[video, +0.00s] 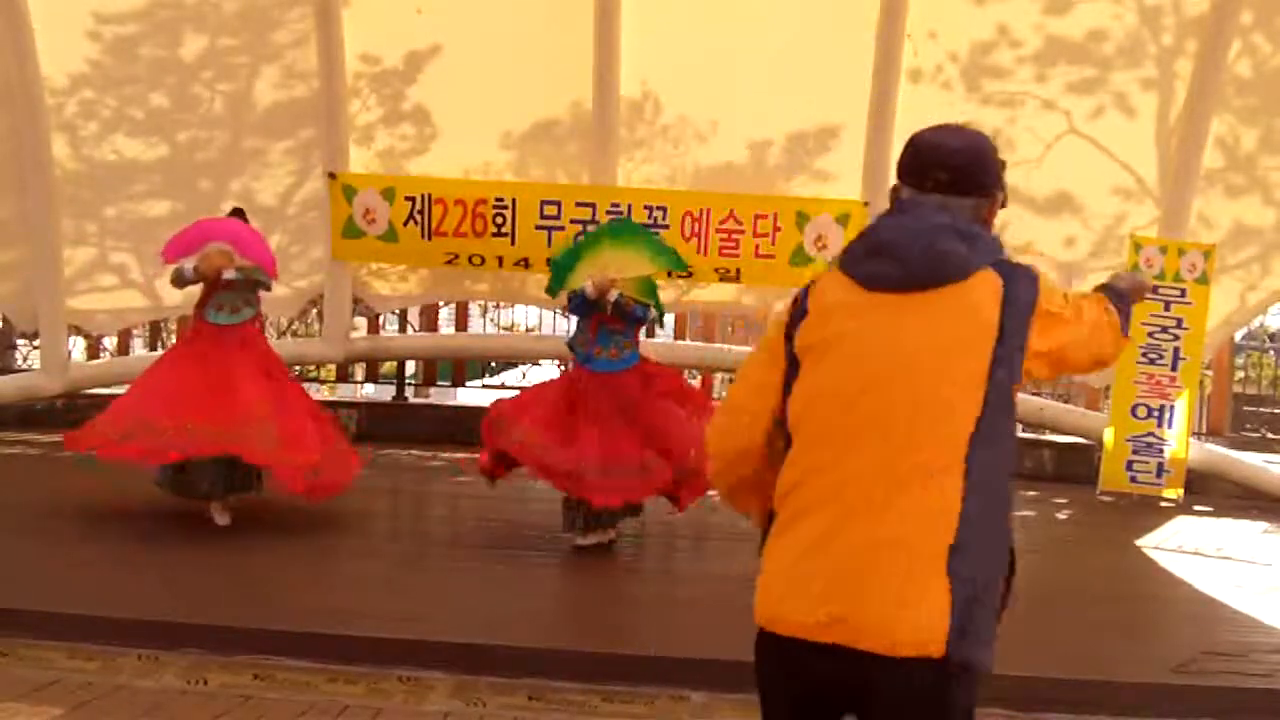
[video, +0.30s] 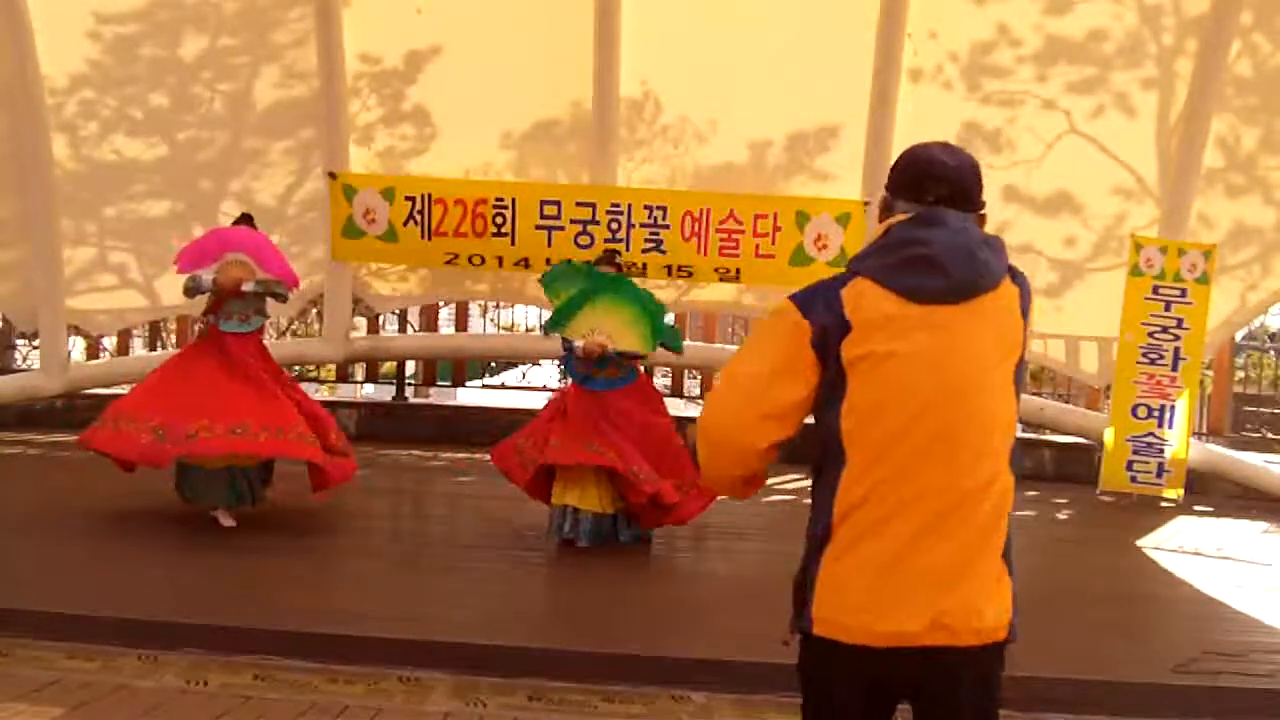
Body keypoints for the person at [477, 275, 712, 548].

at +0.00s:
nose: (611, 272)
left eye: (618, 266)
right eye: (605, 266)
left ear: (631, 264)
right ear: (594, 266)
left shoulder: (639, 285)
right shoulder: (585, 291)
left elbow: (645, 314)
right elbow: (575, 306)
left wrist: (615, 300)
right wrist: (592, 294)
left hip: (623, 371)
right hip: (587, 370)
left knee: (614, 448)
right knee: (585, 447)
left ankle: (608, 524)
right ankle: (588, 524)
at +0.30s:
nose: (607, 282)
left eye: (613, 276)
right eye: (601, 275)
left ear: (623, 277)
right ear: (590, 275)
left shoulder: (633, 310)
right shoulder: (578, 308)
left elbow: (646, 350)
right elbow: (566, 345)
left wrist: (616, 347)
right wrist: (584, 348)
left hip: (626, 388)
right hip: (585, 387)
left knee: (625, 455)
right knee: (582, 454)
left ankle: (627, 529)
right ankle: (578, 529)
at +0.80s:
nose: (590, 294)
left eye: (597, 288)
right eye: (584, 288)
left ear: (610, 289)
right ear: (578, 287)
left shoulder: (625, 318)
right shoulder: (570, 315)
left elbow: (654, 362)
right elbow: (549, 359)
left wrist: (638, 387)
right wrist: (534, 400)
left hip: (615, 399)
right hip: (577, 397)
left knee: (616, 459)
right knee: (575, 458)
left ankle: (618, 524)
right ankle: (573, 524)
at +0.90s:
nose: (586, 289)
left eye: (594, 283)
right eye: (582, 283)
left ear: (609, 284)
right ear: (576, 283)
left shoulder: (624, 318)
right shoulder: (566, 316)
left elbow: (652, 361)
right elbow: (543, 359)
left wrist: (646, 387)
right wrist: (524, 399)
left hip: (614, 402)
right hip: (573, 401)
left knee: (614, 462)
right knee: (569, 461)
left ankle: (613, 525)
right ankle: (570, 524)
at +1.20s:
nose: (593, 268)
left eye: (600, 263)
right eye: (588, 262)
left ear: (612, 266)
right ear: (581, 264)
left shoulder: (624, 302)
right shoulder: (567, 298)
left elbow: (656, 334)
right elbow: (535, 332)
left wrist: (681, 355)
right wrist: (502, 361)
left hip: (610, 390)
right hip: (570, 389)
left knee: (612, 459)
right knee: (569, 459)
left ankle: (604, 535)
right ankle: (565, 530)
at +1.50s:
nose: (603, 249)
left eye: (610, 244)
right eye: (598, 243)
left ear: (623, 252)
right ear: (589, 250)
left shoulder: (635, 286)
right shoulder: (575, 286)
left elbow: (676, 299)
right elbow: (531, 298)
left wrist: (709, 299)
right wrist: (485, 305)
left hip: (620, 381)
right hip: (580, 380)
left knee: (617, 455)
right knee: (575, 453)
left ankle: (611, 538)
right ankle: (574, 537)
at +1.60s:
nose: (604, 248)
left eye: (612, 243)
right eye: (599, 242)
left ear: (623, 251)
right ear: (589, 249)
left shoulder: (636, 286)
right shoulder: (576, 284)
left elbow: (681, 291)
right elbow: (526, 285)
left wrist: (715, 280)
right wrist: (476, 278)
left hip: (621, 381)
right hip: (583, 380)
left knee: (616, 456)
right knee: (586, 456)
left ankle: (608, 541)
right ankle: (589, 543)